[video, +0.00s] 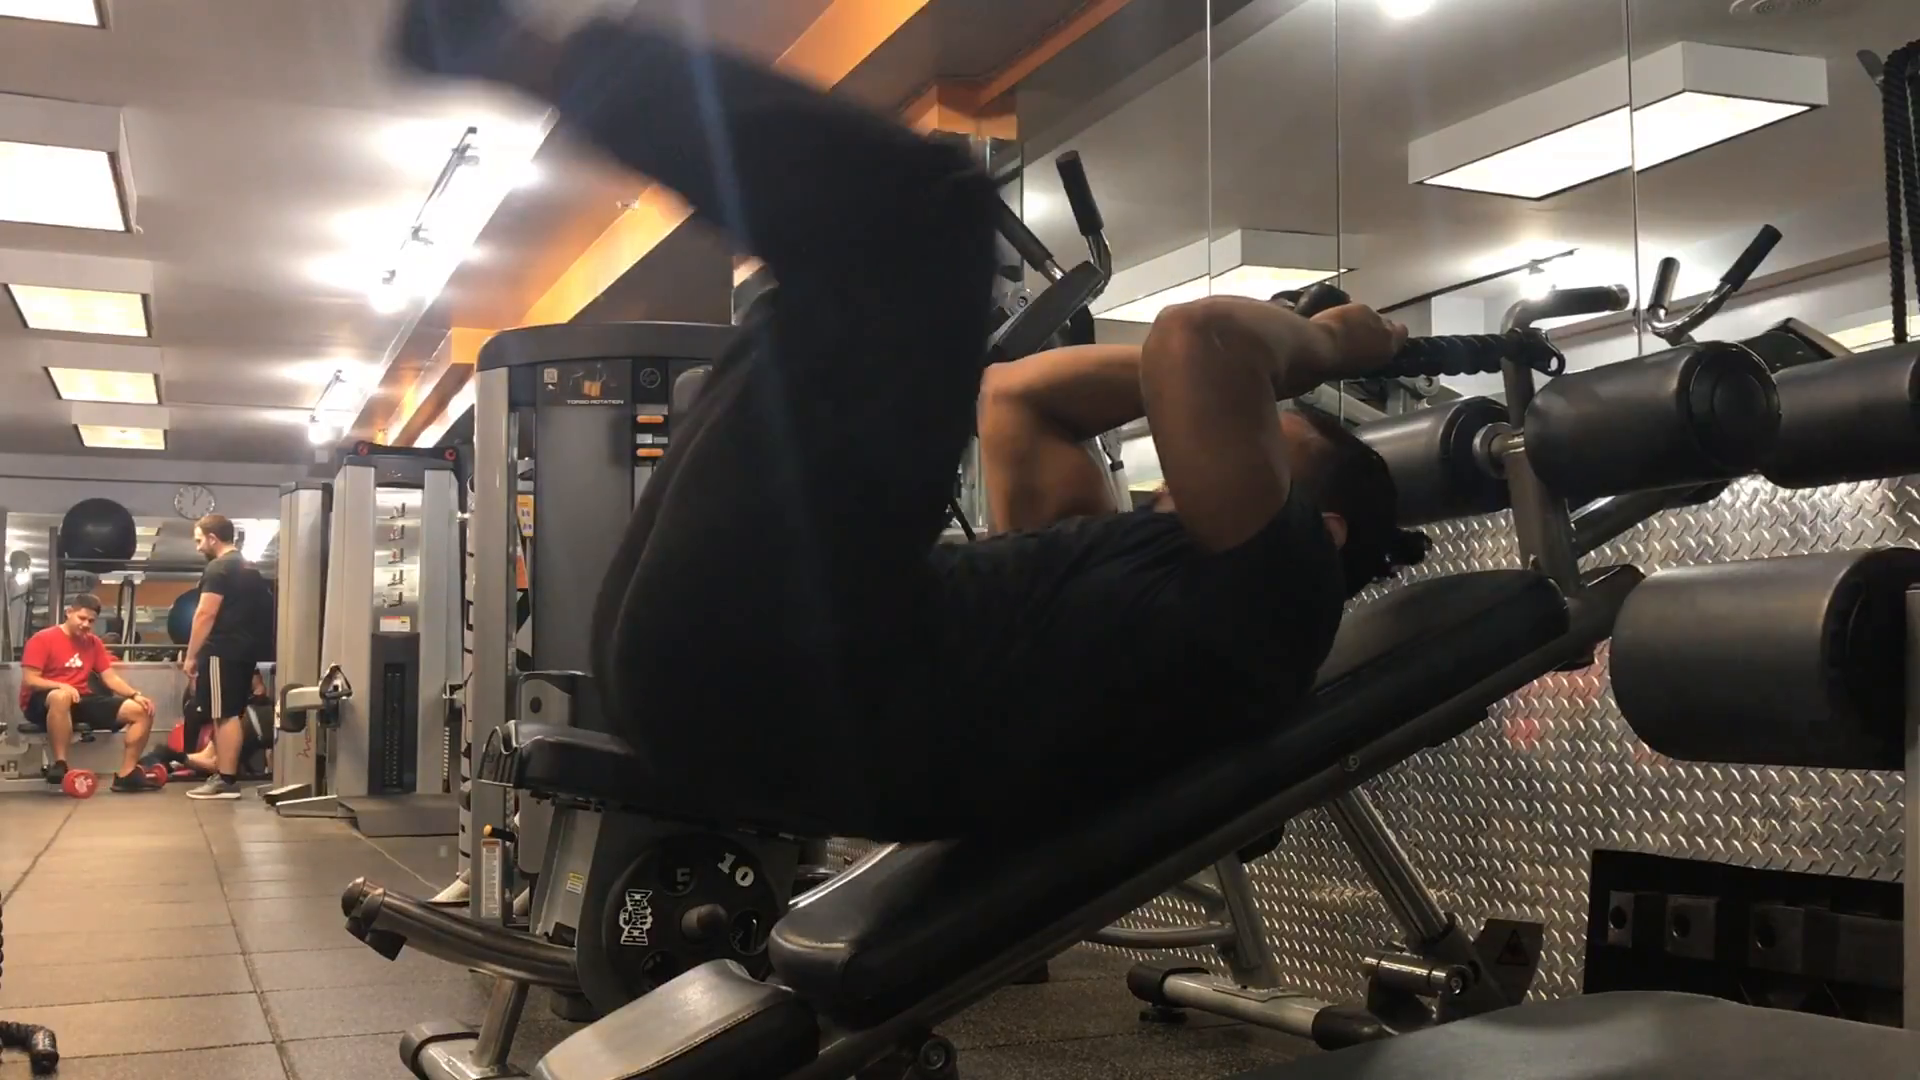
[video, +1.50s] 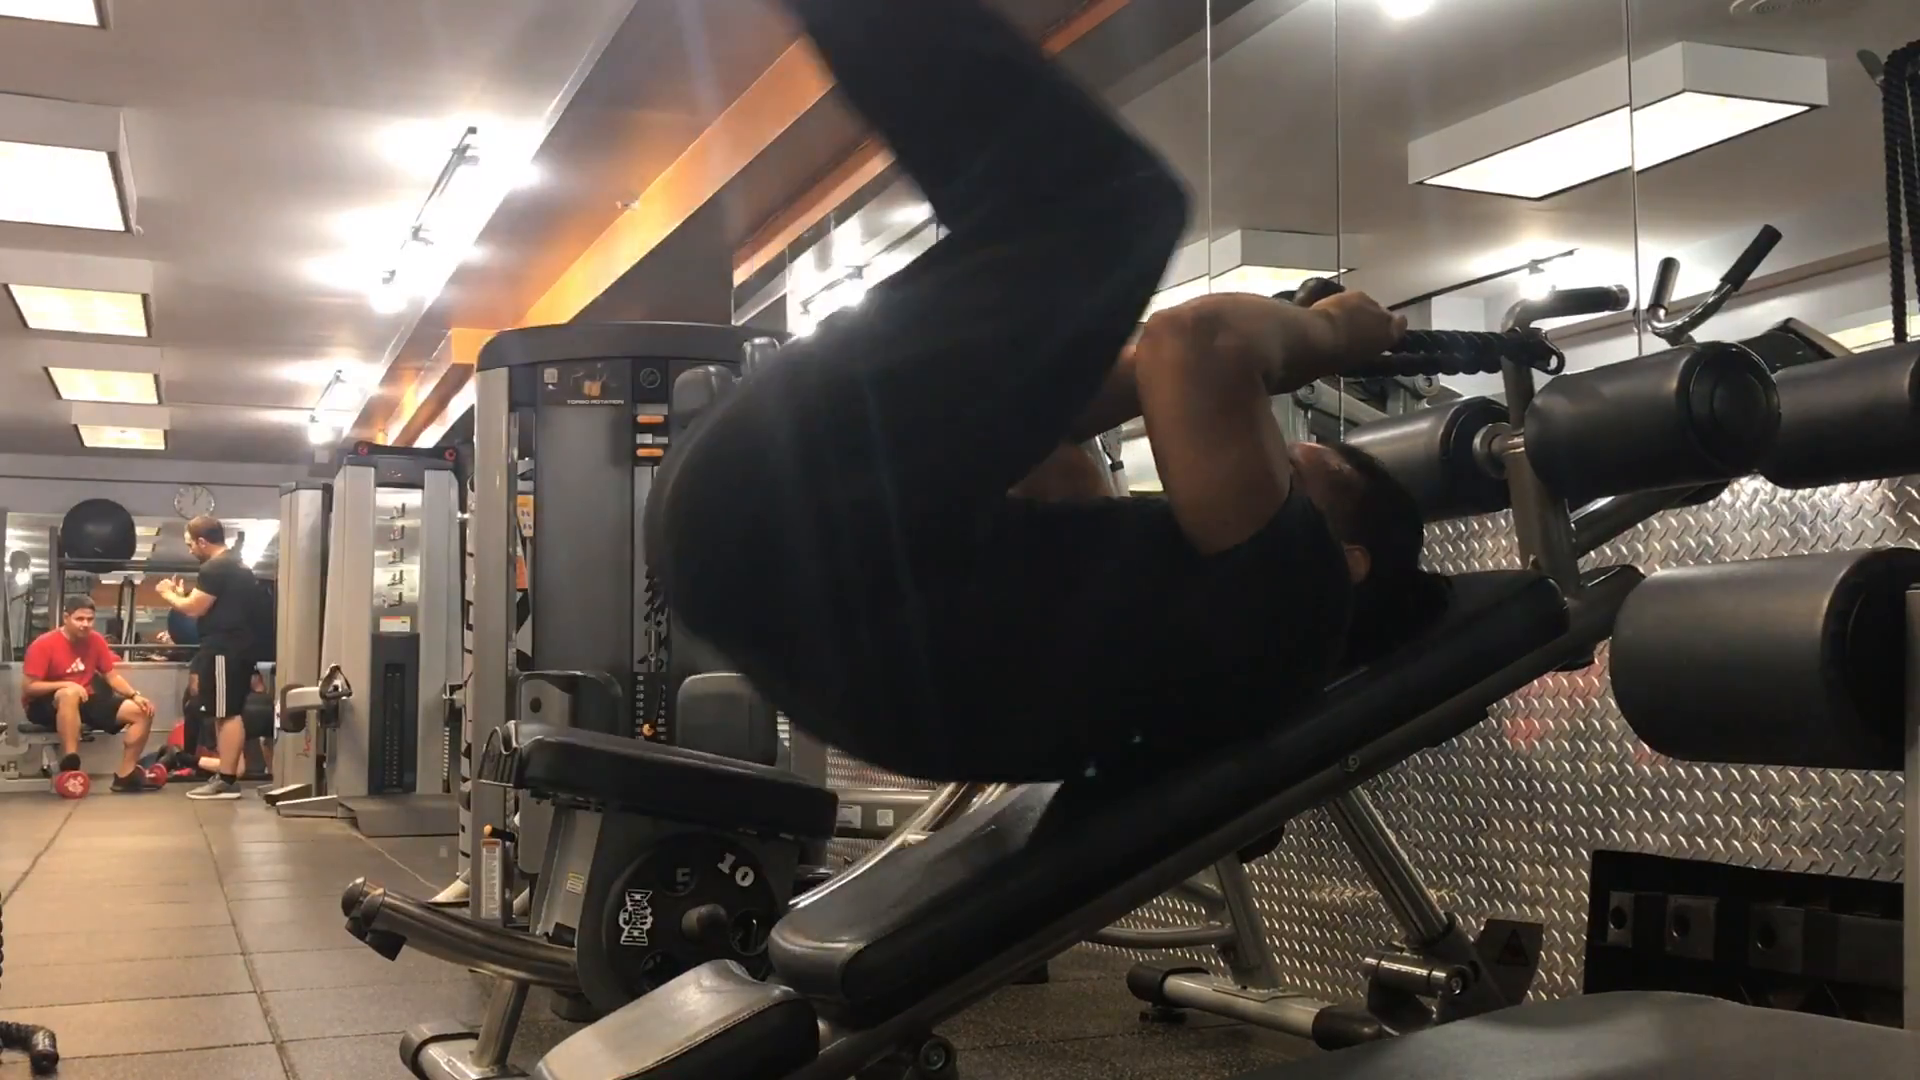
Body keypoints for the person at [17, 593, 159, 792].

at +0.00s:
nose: (85, 625)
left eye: (90, 621)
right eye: (82, 618)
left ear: (95, 621)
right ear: (68, 613)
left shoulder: (93, 643)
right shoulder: (43, 639)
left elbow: (110, 677)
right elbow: (30, 679)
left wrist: (135, 694)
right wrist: (62, 686)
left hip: (82, 702)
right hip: (42, 704)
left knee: (141, 711)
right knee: (60, 696)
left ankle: (127, 774)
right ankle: (60, 764)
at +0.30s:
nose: (87, 628)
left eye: (92, 624)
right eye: (83, 622)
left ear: (96, 624)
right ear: (69, 618)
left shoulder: (95, 642)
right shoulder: (44, 641)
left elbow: (113, 678)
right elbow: (25, 682)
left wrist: (135, 695)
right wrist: (62, 684)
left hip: (82, 702)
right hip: (42, 704)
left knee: (143, 712)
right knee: (61, 690)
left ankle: (126, 774)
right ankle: (64, 756)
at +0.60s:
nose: (88, 631)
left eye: (93, 626)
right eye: (83, 625)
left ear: (97, 625)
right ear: (71, 617)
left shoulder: (98, 642)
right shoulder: (45, 642)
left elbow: (113, 677)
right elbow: (28, 684)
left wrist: (136, 695)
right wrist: (65, 686)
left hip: (84, 702)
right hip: (43, 705)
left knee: (142, 712)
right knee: (63, 692)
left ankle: (126, 769)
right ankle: (65, 761)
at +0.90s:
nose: (87, 631)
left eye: (92, 627)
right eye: (83, 625)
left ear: (97, 626)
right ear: (70, 617)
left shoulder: (99, 642)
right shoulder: (43, 644)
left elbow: (110, 676)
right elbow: (28, 686)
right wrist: (58, 687)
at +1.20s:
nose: (87, 630)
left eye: (91, 625)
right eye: (82, 624)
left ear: (96, 623)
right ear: (68, 618)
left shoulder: (96, 641)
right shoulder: (44, 644)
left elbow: (111, 675)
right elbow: (29, 688)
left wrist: (134, 695)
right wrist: (65, 685)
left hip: (84, 703)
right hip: (44, 706)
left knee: (141, 713)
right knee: (67, 693)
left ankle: (126, 776)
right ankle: (71, 762)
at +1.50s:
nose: (85, 625)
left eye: (89, 620)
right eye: (79, 619)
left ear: (93, 620)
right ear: (66, 618)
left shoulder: (95, 641)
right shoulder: (44, 644)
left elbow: (111, 675)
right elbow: (29, 687)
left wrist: (135, 695)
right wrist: (67, 685)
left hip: (83, 702)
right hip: (44, 706)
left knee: (142, 712)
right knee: (70, 693)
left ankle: (126, 775)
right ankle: (71, 765)